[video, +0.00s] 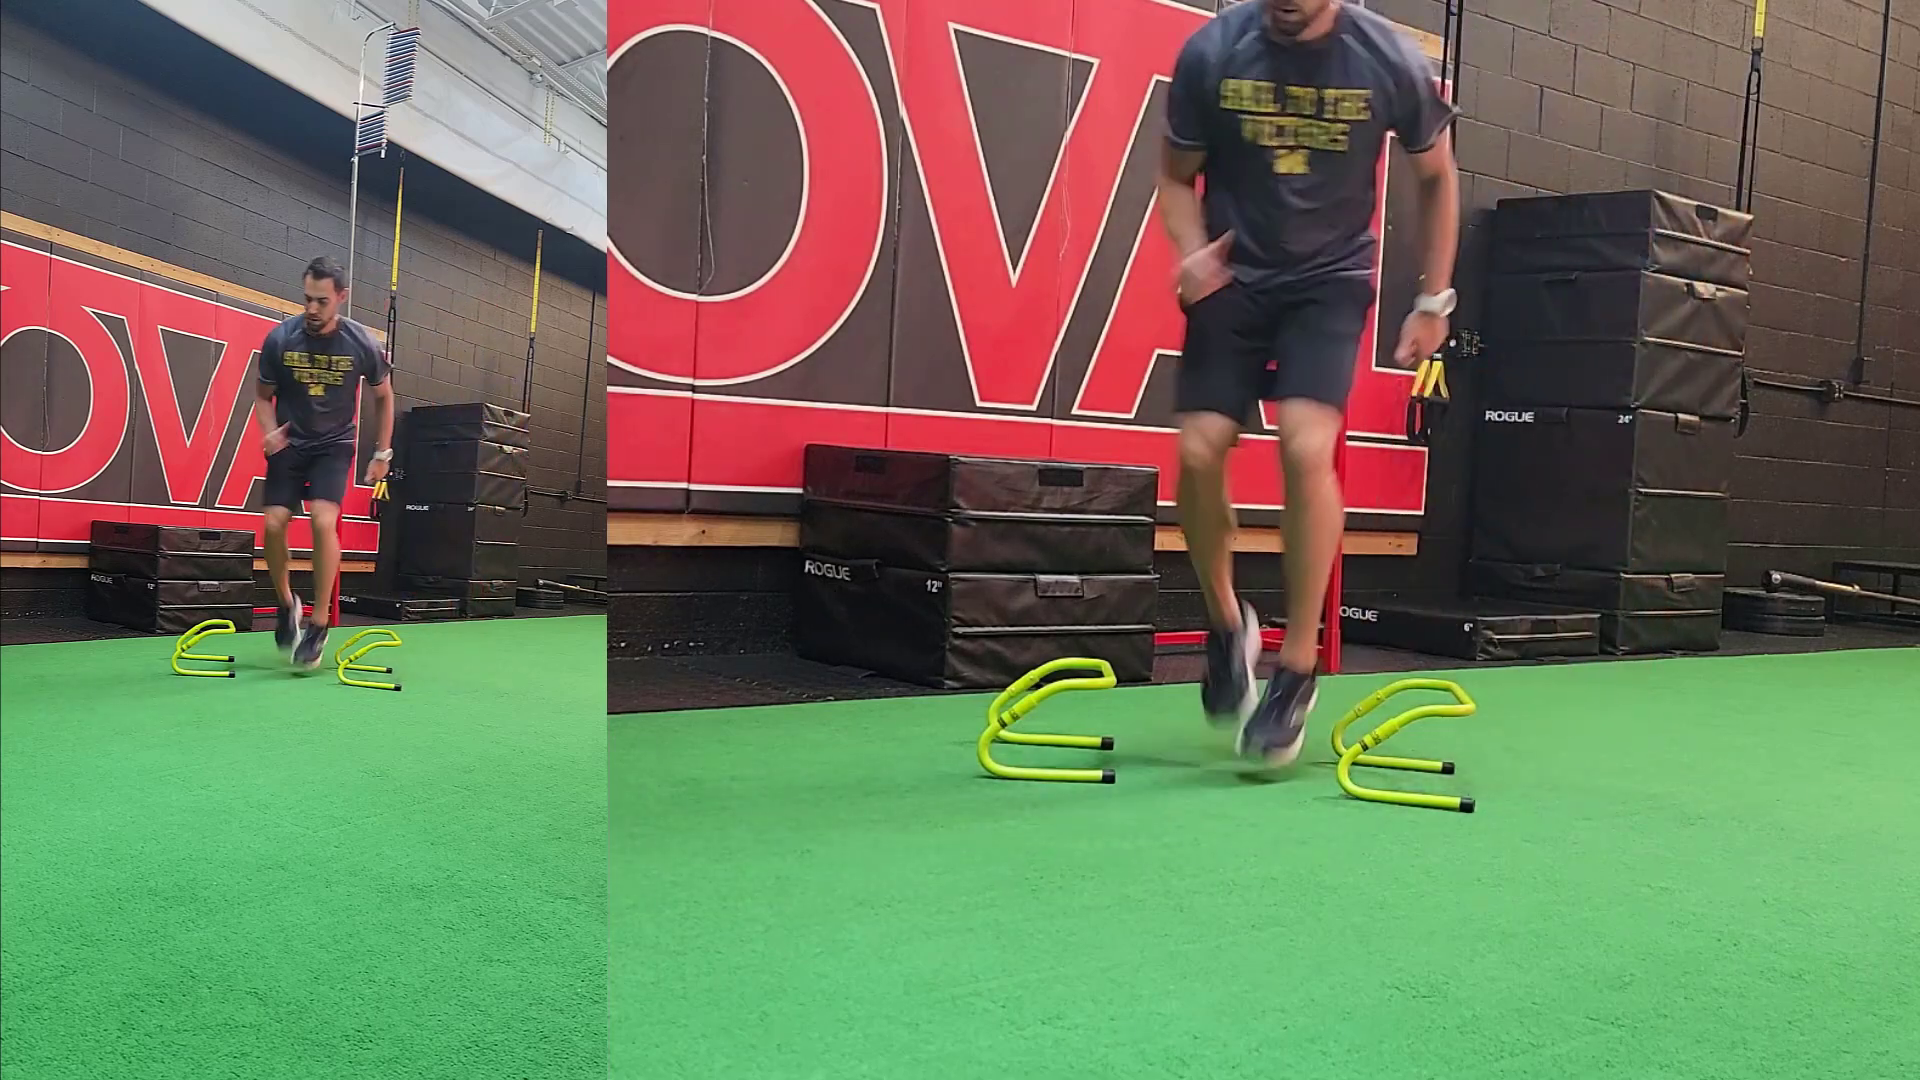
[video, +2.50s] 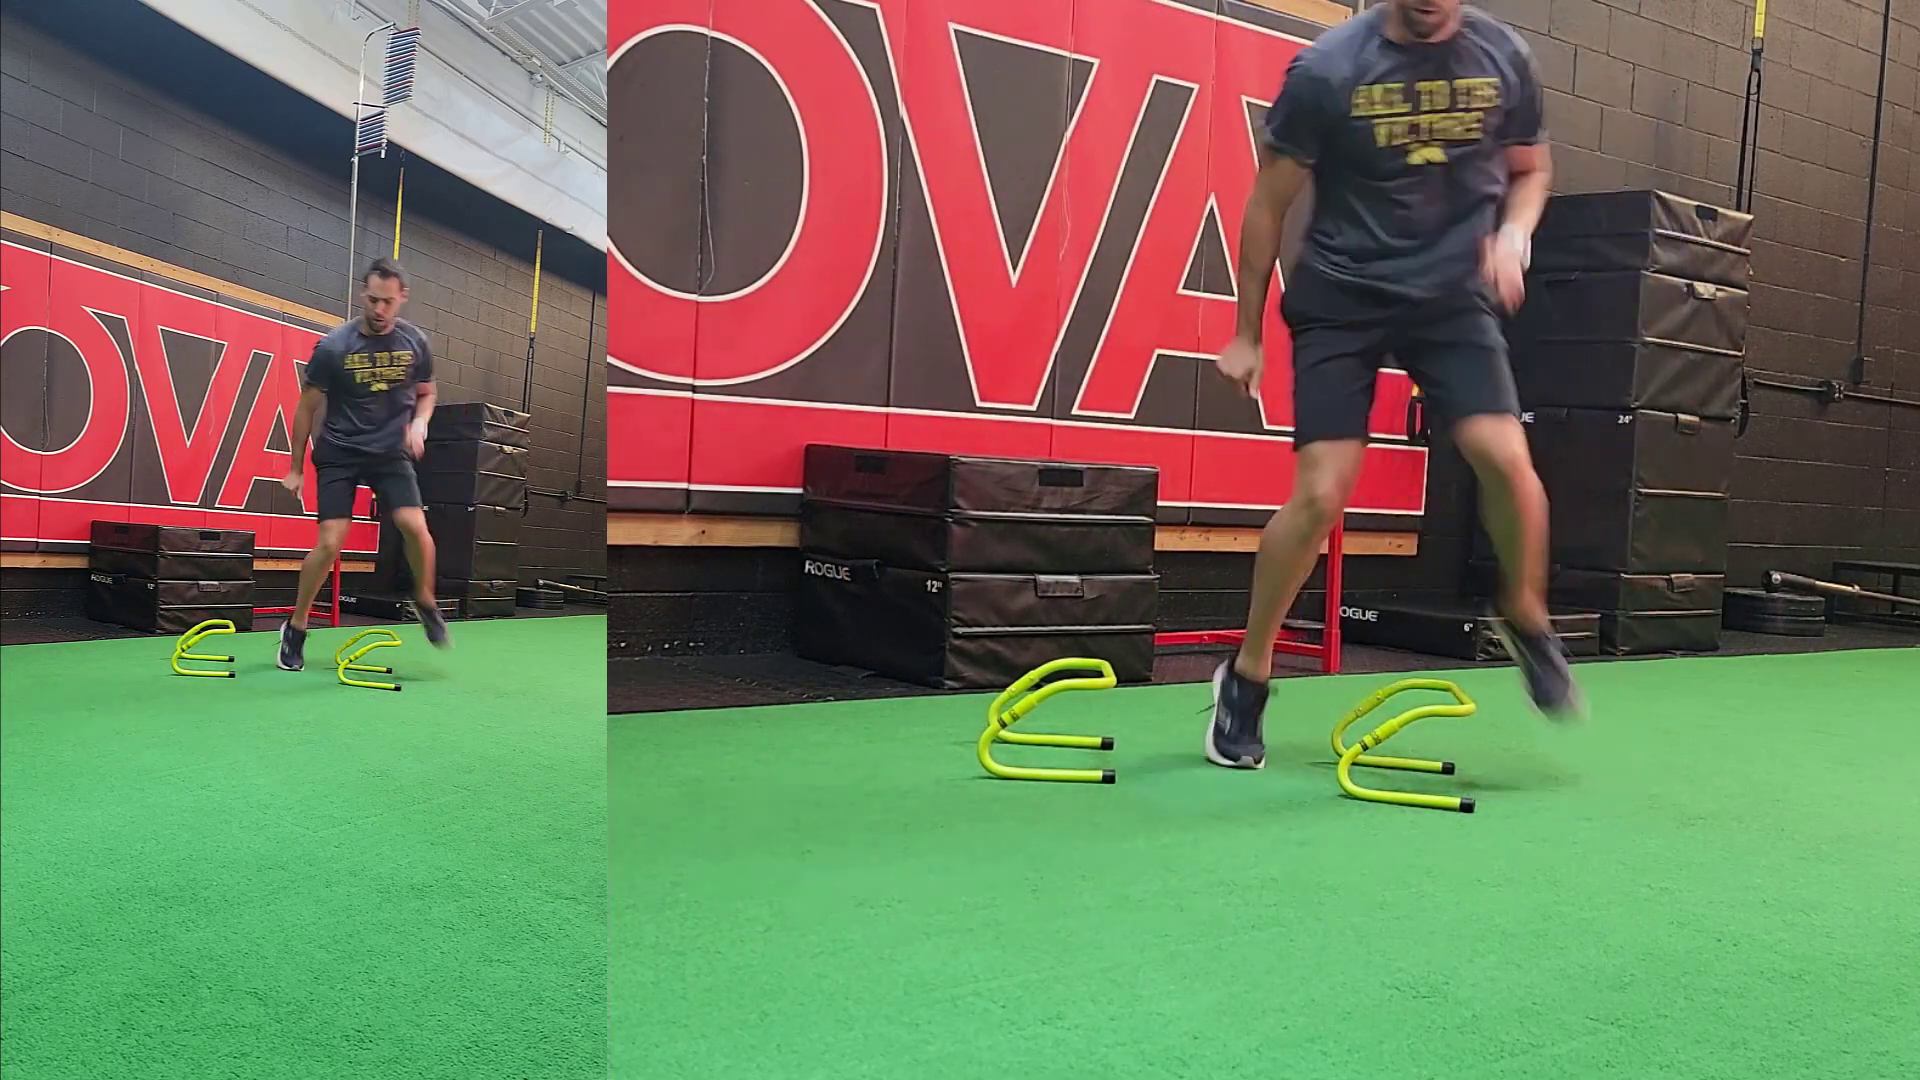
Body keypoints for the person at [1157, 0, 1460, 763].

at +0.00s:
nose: (1284, 7)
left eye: (1301, 0)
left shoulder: (1395, 61)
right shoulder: (1211, 53)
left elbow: (1436, 176)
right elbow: (1177, 178)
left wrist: (1433, 298)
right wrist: (1189, 249)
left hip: (1331, 281)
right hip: (1231, 277)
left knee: (1305, 448)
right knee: (1197, 451)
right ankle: (1226, 623)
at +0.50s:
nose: (981, 101)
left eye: (1001, 83)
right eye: (970, 79)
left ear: (1048, 68)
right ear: (959, 59)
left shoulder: (1099, 174)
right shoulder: (935, 136)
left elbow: (1051, 325)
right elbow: (927, 244)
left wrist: (954, 232)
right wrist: (939, 218)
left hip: (1061, 360)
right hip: (958, 346)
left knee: (978, 449)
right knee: (884, 491)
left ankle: (974, 553)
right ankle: (867, 692)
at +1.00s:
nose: (1125, 16)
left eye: (1137, 2)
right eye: (1108, 4)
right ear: (1080, 3)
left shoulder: (1207, 71)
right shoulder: (1021, 67)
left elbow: (1270, 177)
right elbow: (994, 172)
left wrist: (1271, 296)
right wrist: (1022, 213)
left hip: (1154, 296)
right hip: (1045, 296)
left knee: (1158, 469)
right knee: (973, 466)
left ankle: (1213, 636)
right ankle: (884, 666)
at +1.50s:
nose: (1453, 22)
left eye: (1465, 8)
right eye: (1437, 7)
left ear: (1477, 5)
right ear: (1393, 1)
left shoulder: (1491, 65)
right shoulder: (1324, 89)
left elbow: (1499, 170)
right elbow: (1277, 226)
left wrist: (1498, 289)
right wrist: (1275, 362)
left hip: (1449, 295)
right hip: (1342, 307)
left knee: (1517, 450)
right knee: (1332, 483)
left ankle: (1554, 623)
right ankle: (1254, 695)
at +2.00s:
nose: (1652, 182)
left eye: (1669, 164)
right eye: (1636, 160)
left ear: (1685, 149)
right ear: (1596, 135)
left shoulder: (1672, 211)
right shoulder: (1517, 230)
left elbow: (1618, 284)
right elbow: (1463, 380)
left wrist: (1619, 345)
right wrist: (1591, 397)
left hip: (1594, 392)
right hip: (1498, 397)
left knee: (1640, 537)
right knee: (1590, 522)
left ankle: (1609, 726)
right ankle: (1570, 592)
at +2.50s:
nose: (1432, 5)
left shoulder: (1503, 56)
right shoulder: (1326, 69)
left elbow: (1531, 169)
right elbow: (1269, 200)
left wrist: (1513, 234)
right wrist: (1245, 333)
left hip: (1453, 299)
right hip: (1340, 300)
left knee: (1507, 460)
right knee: (1321, 496)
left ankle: (1526, 617)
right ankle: (1249, 677)